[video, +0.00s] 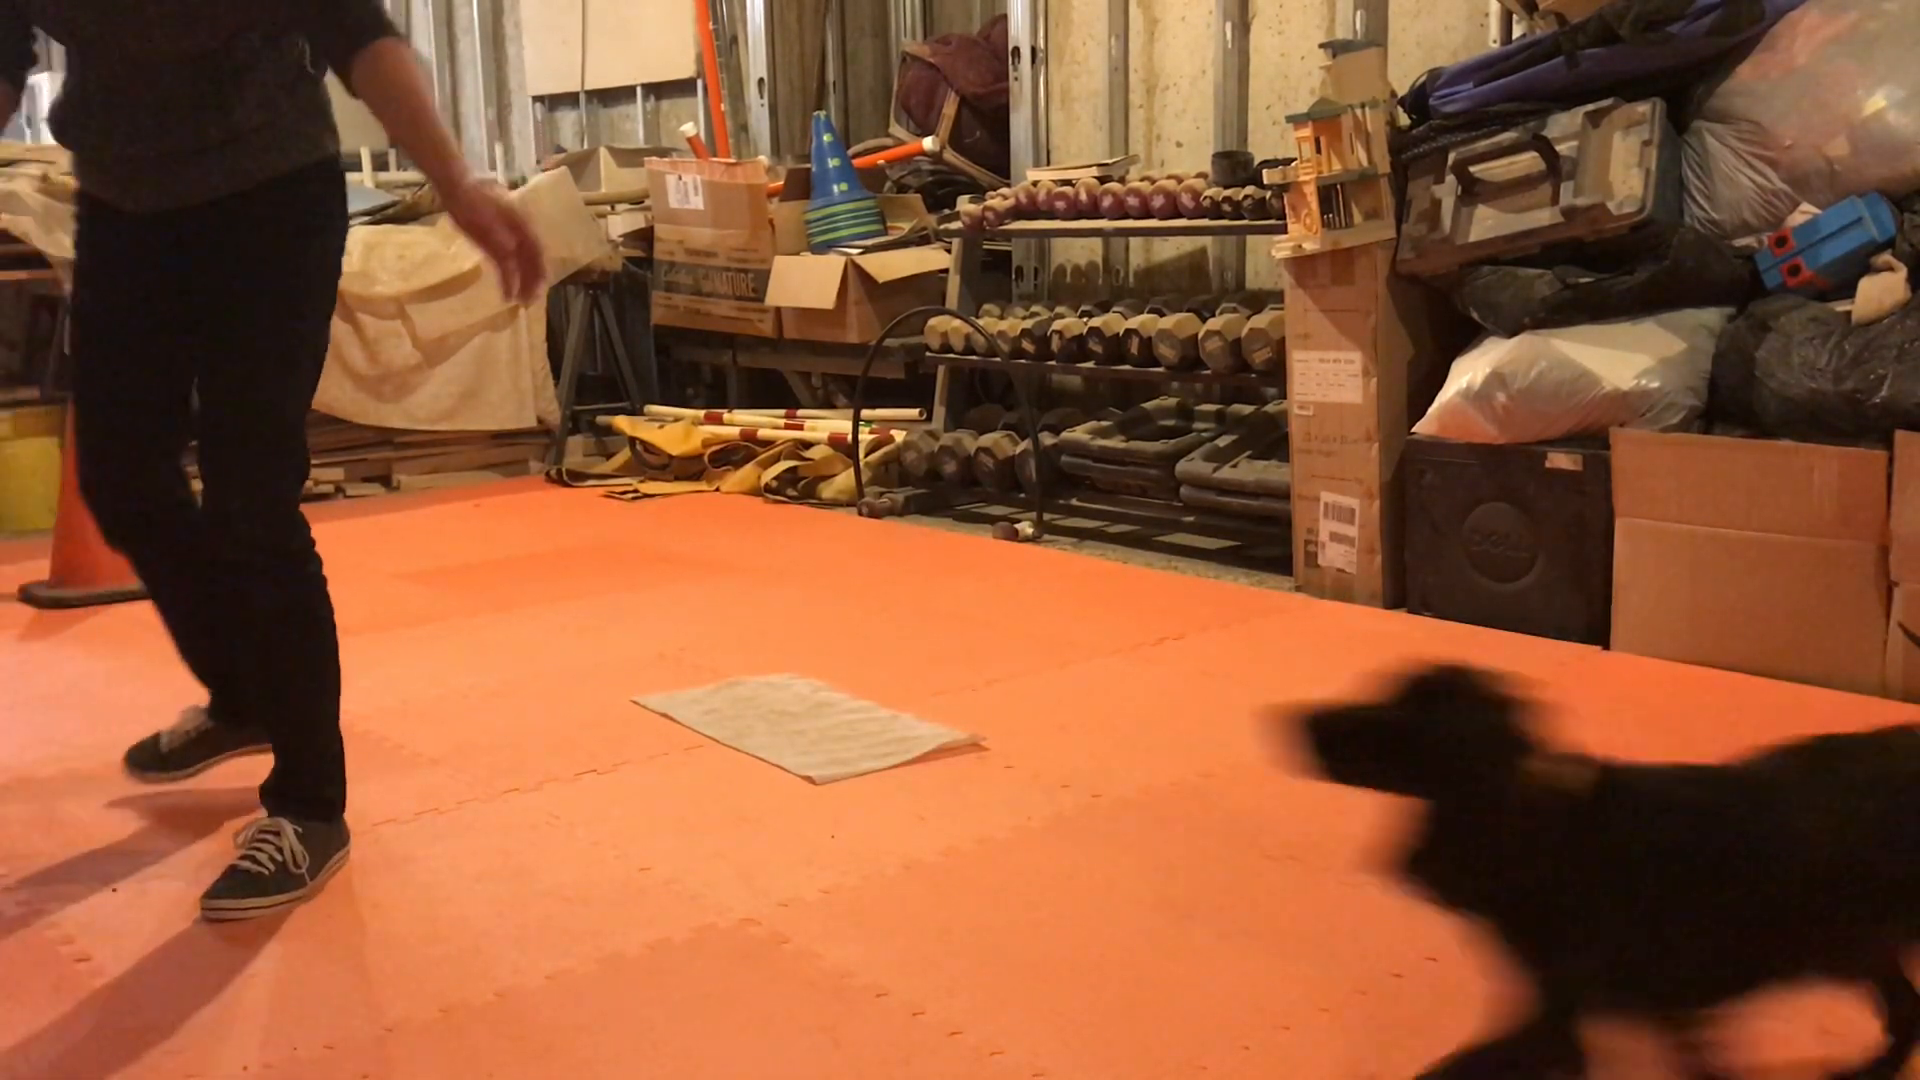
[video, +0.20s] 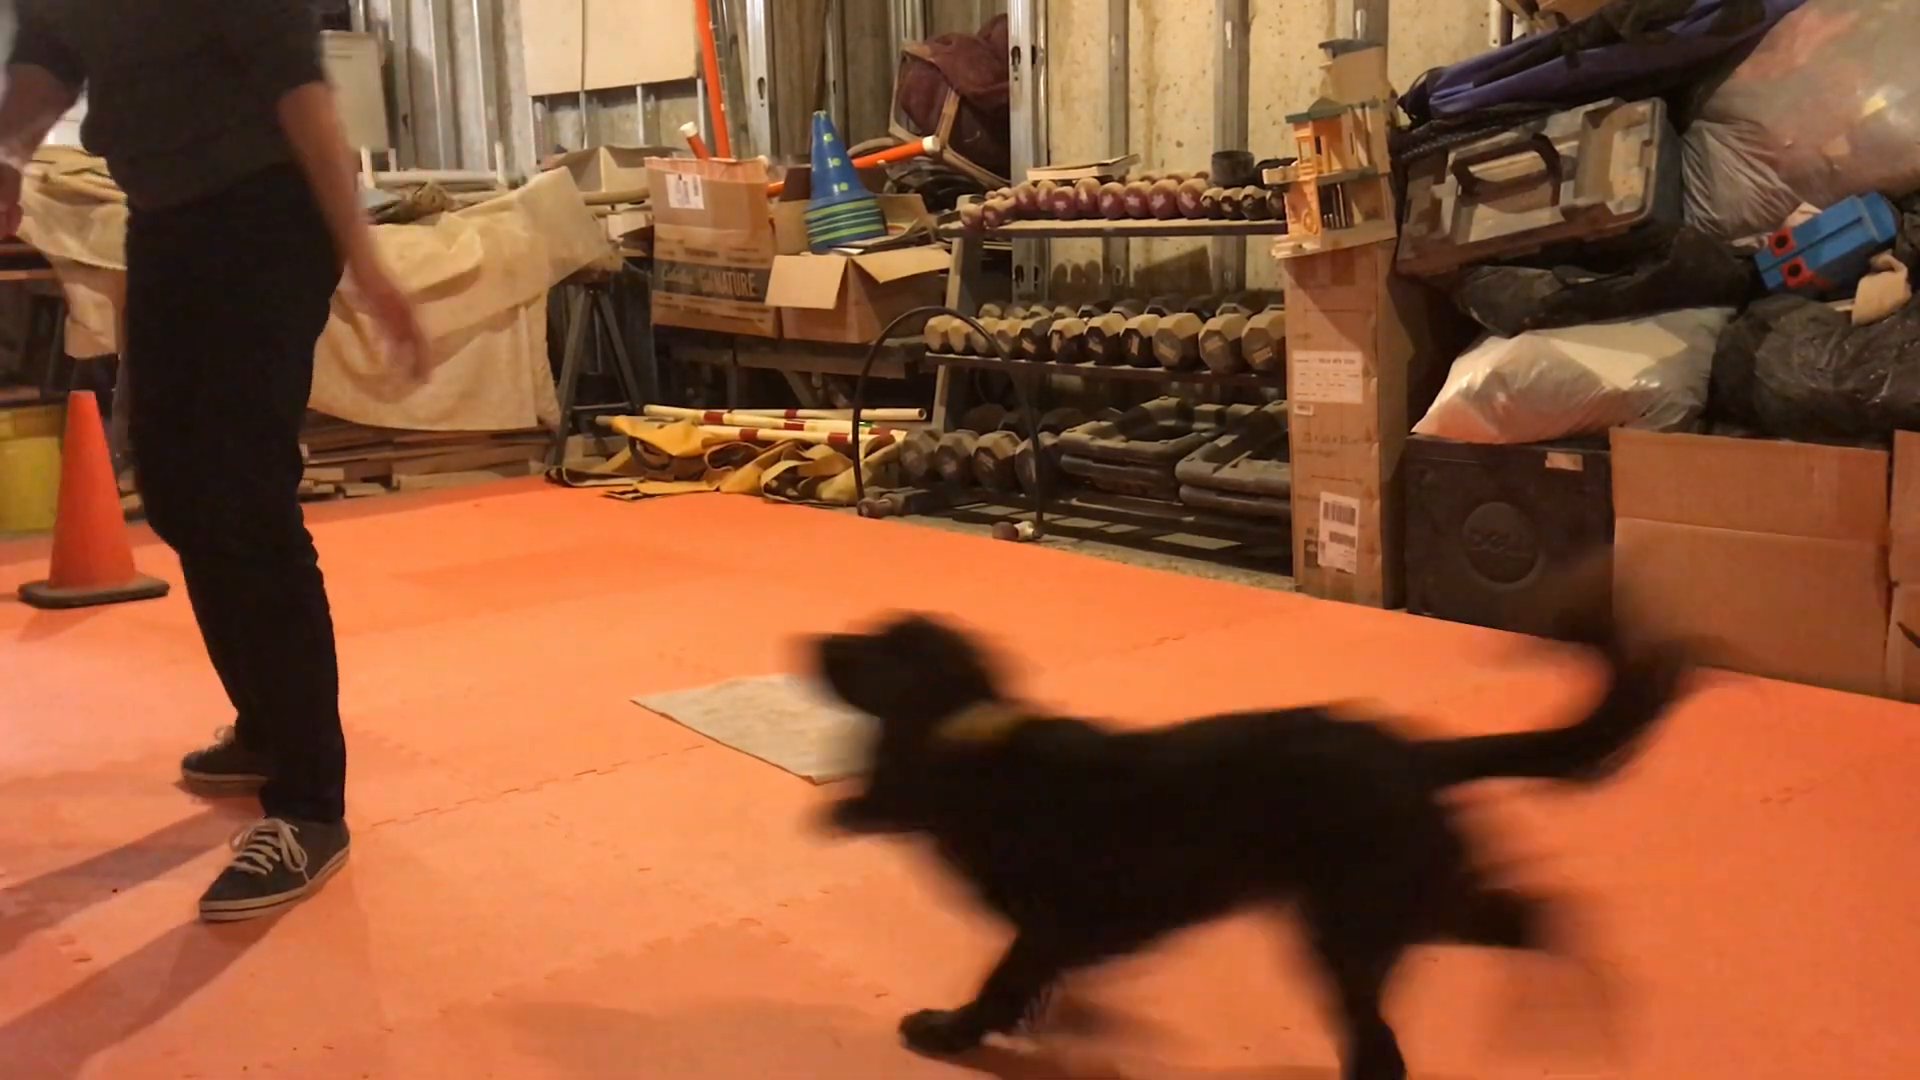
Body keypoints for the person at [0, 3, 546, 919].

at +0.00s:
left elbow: (355, 26)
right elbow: (5, 58)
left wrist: (457, 183)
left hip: (272, 187)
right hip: (123, 196)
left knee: (251, 500)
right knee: (121, 477)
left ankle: (310, 811)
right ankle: (245, 698)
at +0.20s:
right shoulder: (58, 8)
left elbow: (298, 76)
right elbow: (41, 65)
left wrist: (365, 263)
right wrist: (11, 151)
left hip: (268, 201)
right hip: (167, 215)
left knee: (246, 492)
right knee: (178, 486)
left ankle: (309, 809)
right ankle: (270, 727)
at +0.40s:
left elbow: (207, 77)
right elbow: (134, 50)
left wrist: (223, 285)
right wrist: (63, 153)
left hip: (256, 185)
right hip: (192, 195)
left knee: (225, 487)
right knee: (204, 481)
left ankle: (308, 800)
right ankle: (277, 732)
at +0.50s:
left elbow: (144, 71)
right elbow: (158, 44)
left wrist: (137, 307)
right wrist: (96, 154)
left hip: (220, 176)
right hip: (247, 166)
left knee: (178, 471)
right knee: (225, 460)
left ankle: (277, 763)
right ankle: (294, 730)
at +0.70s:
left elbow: (25, 45)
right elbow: (313, 9)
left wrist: (5, 122)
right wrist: (237, 82)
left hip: (124, 188)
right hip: (262, 171)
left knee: (110, 494)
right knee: (237, 479)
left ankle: (224, 753)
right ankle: (295, 738)